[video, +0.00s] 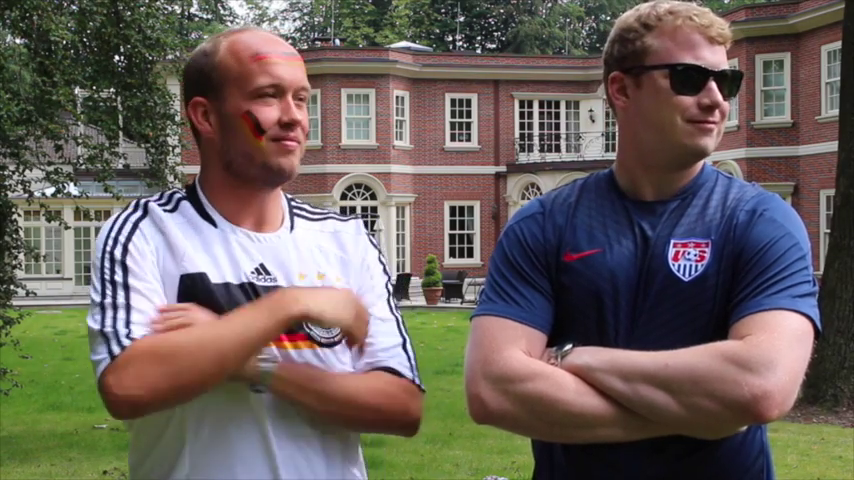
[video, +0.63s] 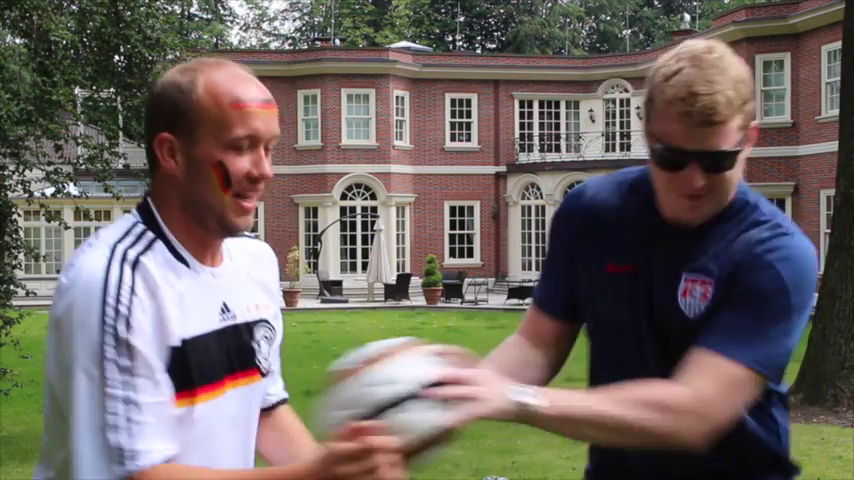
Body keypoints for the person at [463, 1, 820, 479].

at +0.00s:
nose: (715, 98)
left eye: (725, 81)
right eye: (689, 78)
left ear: (733, 92)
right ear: (620, 91)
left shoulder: (762, 221)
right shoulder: (540, 226)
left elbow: (762, 387)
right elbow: (491, 390)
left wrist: (569, 360)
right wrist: (682, 410)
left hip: (723, 473)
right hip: (574, 473)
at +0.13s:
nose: (711, 102)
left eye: (720, 84)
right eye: (684, 82)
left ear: (728, 92)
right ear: (618, 93)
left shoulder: (753, 211)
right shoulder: (542, 213)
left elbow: (789, 374)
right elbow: (497, 387)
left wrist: (592, 346)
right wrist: (653, 457)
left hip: (724, 472)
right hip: (578, 469)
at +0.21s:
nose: (700, 115)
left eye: (713, 95)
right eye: (674, 95)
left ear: (723, 97)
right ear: (611, 100)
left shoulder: (760, 214)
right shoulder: (542, 213)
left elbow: (847, 368)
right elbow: (498, 380)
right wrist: (590, 454)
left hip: (730, 469)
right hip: (593, 473)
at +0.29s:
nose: (679, 132)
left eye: (695, 108)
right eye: (653, 113)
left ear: (710, 105)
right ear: (601, 113)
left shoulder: (763, 214)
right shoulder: (542, 211)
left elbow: (823, 342)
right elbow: (492, 378)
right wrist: (600, 415)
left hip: (729, 470)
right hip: (592, 474)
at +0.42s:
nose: (655, 156)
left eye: (677, 133)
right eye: (632, 133)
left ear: (708, 122)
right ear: (601, 123)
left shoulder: (762, 236)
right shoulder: (544, 224)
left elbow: (811, 383)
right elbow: (495, 381)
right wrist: (582, 438)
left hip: (718, 466)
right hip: (591, 471)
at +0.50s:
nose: (661, 183)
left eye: (684, 161)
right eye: (638, 160)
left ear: (716, 148)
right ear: (611, 145)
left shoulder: (768, 259)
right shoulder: (552, 238)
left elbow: (804, 433)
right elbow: (503, 371)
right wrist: (546, 425)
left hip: (720, 466)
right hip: (587, 465)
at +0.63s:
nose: (692, 182)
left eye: (716, 162)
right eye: (670, 158)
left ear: (748, 138)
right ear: (646, 136)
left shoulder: (777, 256)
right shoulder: (590, 212)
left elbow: (693, 414)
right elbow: (535, 344)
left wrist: (516, 401)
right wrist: (434, 412)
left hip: (740, 472)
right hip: (619, 469)